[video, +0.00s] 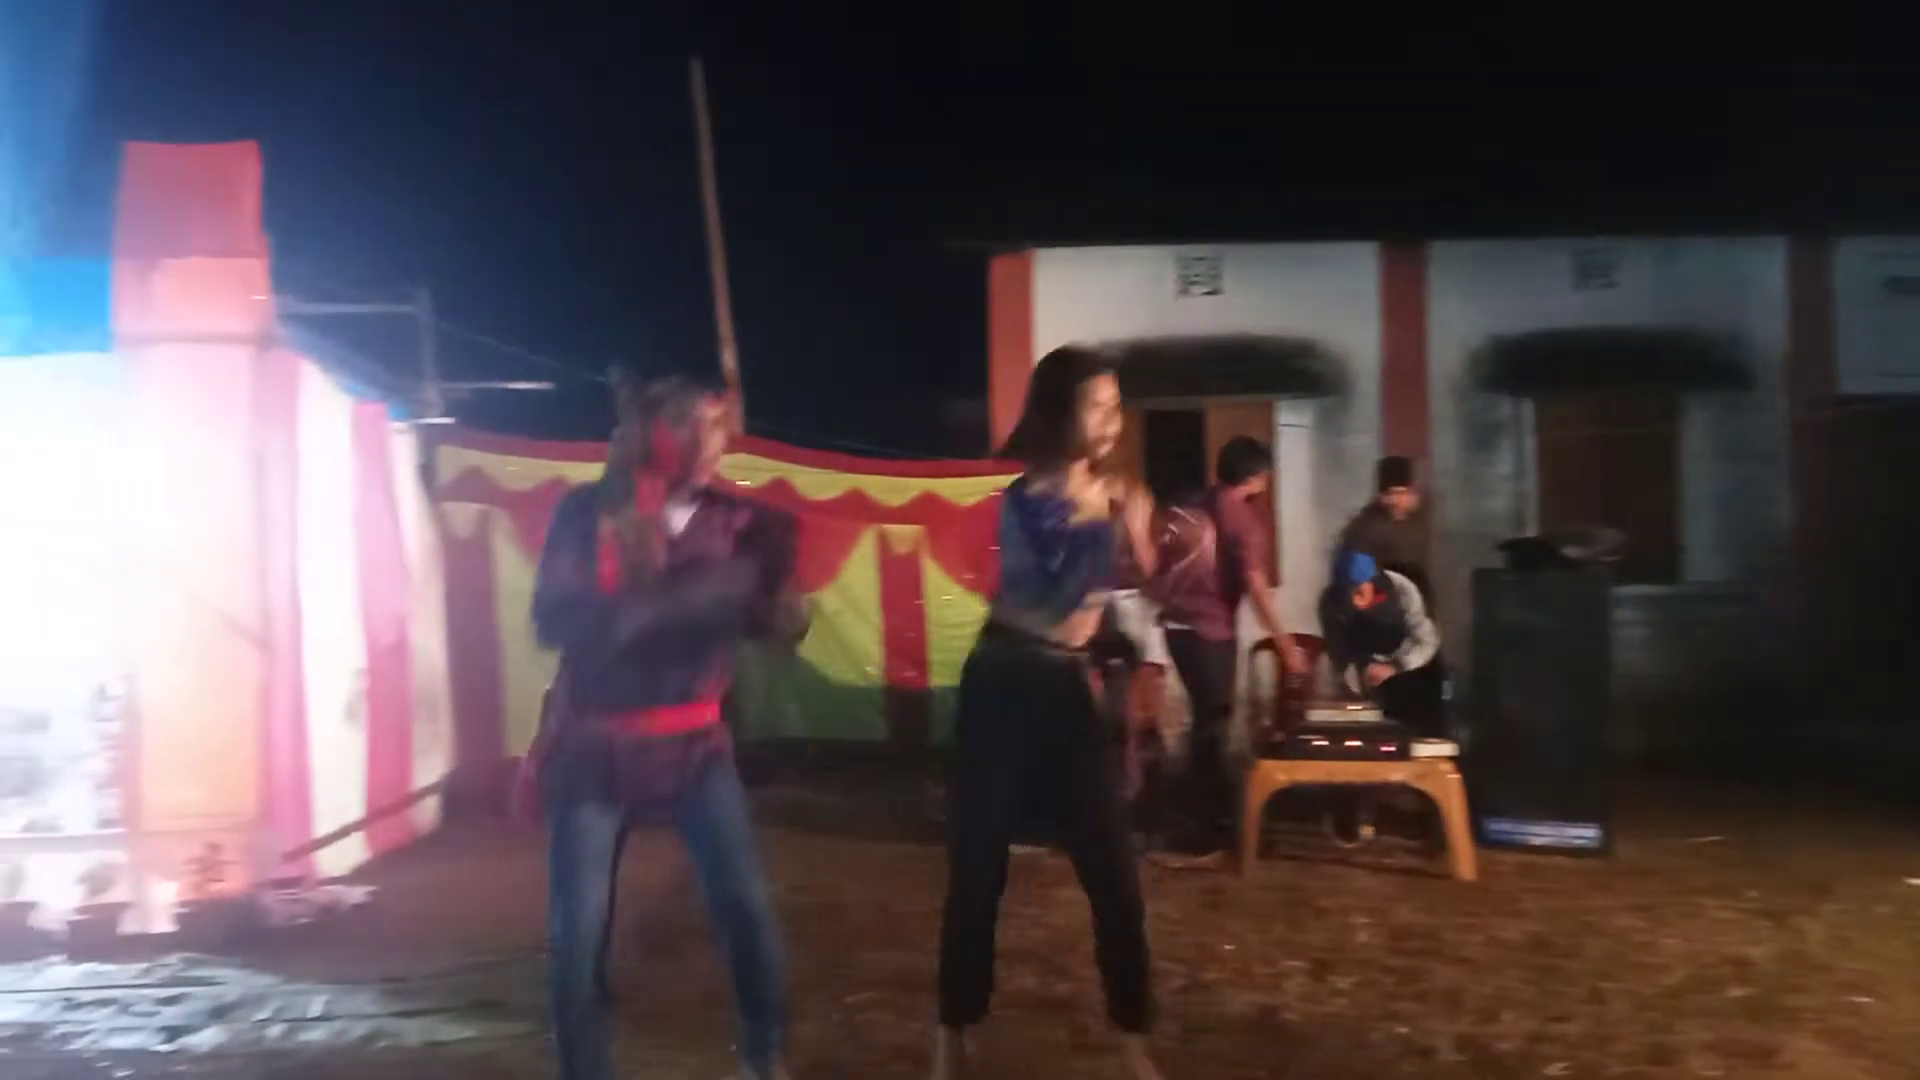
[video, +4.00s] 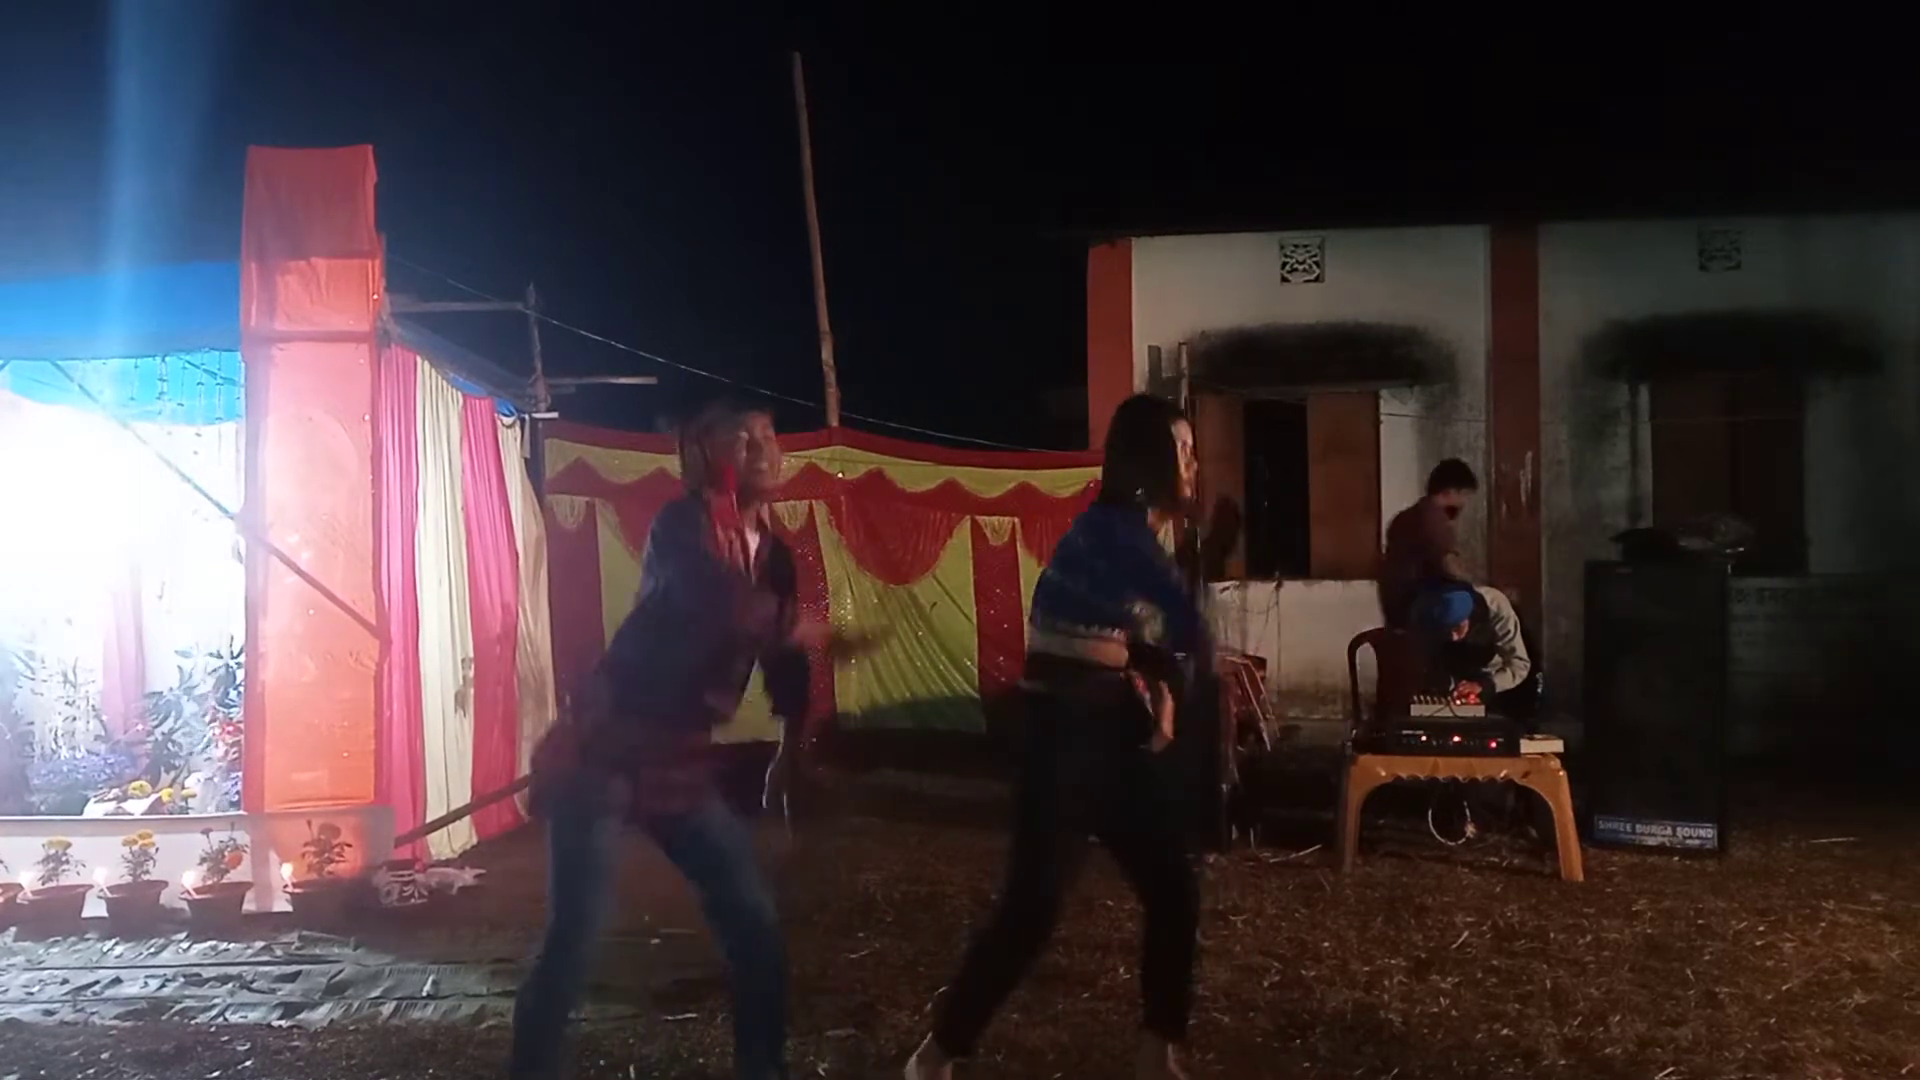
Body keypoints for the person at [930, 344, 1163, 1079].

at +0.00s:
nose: (1110, 422)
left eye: (1114, 408)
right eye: (1096, 409)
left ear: (1118, 414)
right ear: (1057, 415)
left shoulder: (1120, 499)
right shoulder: (1021, 501)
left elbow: (1136, 585)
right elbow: (1015, 601)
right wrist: (1058, 628)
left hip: (1078, 685)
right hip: (1004, 680)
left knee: (1111, 864)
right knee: (979, 866)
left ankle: (1131, 1031)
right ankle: (954, 1032)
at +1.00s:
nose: (1081, 421)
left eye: (1093, 405)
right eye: (1070, 408)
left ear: (1123, 405)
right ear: (1056, 411)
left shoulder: (1165, 476)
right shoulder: (1051, 491)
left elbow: (1236, 540)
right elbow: (1018, 593)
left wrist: (1168, 487)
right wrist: (1023, 519)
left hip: (1172, 677)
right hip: (1090, 677)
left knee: (1210, 849)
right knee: (1069, 854)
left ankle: (1266, 1014)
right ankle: (1076, 1023)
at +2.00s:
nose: (1138, 444)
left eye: (1148, 431)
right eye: (1123, 435)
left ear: (1173, 441)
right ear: (1105, 453)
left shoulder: (1223, 526)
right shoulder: (1104, 537)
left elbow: (1247, 625)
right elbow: (1085, 602)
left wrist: (1233, 722)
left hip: (1196, 715)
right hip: (1116, 712)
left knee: (1230, 894)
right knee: (1053, 880)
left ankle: (1248, 1042)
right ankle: (987, 1030)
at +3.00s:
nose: (1098, 470)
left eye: (1110, 454)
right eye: (1085, 458)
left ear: (1143, 452)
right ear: (1075, 465)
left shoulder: (1198, 519)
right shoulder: (1073, 531)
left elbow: (1248, 616)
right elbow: (1012, 549)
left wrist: (1239, 724)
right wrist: (1015, 535)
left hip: (1189, 724)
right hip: (1111, 724)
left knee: (1205, 904)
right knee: (1046, 884)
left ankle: (1216, 1056)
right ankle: (970, 1036)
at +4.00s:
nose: (1192, 465)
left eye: (1191, 450)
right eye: (1183, 451)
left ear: (1128, 455)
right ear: (1153, 456)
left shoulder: (1106, 525)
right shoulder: (1121, 531)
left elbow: (1100, 639)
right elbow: (1191, 631)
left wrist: (1154, 683)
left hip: (1102, 730)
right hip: (1063, 731)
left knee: (1173, 888)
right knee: (1032, 906)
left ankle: (1161, 1052)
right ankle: (934, 1055)